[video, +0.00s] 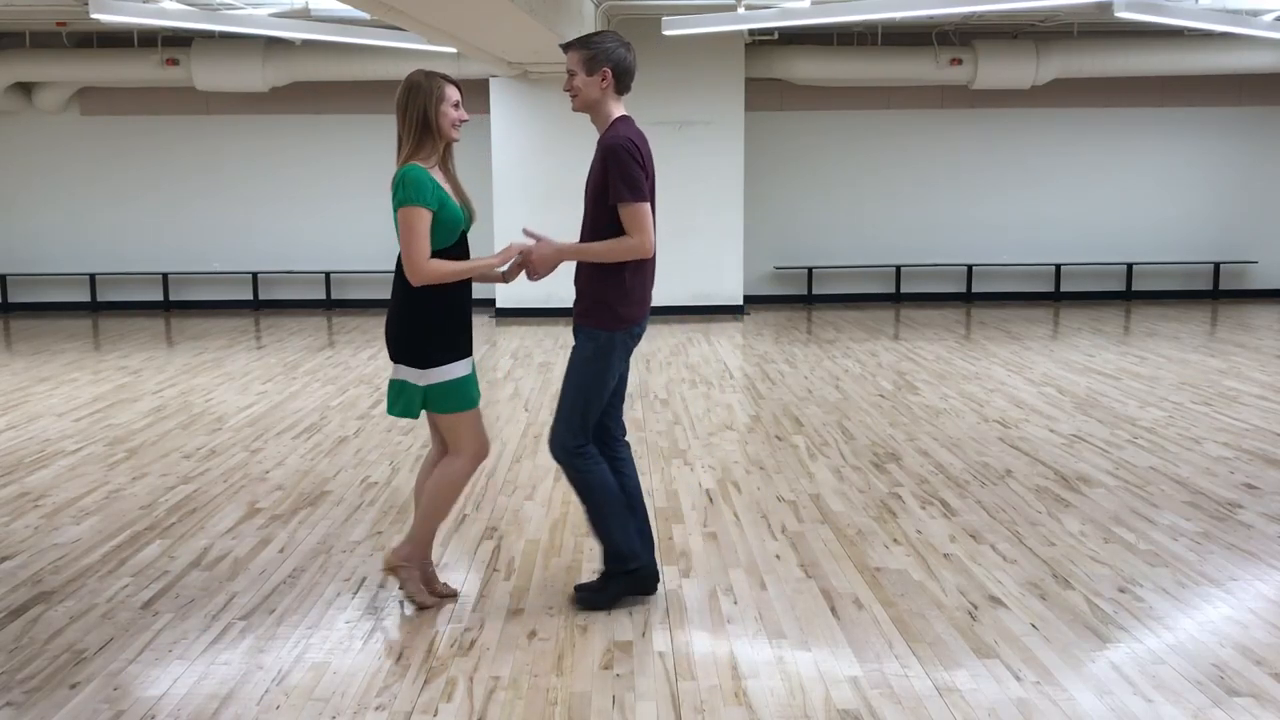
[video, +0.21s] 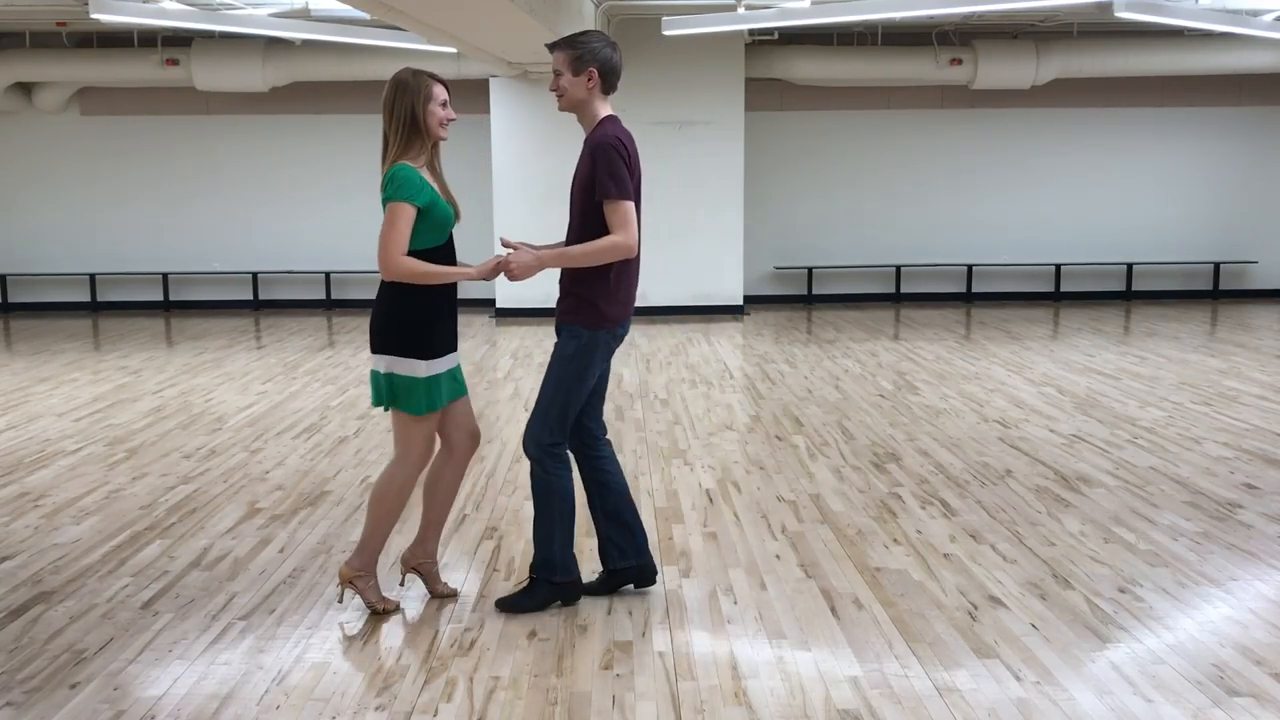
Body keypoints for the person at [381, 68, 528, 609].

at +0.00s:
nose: (463, 115)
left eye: (461, 106)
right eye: (454, 106)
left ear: (441, 113)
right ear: (426, 114)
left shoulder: (437, 175)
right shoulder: (416, 180)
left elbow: (442, 262)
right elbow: (418, 270)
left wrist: (494, 265)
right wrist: (488, 267)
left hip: (439, 331)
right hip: (430, 336)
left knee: (444, 447)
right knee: (471, 447)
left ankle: (419, 562)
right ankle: (410, 552)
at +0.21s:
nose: (450, 113)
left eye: (448, 104)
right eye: (440, 104)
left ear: (428, 112)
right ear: (415, 112)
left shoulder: (425, 173)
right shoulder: (406, 178)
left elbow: (417, 258)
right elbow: (391, 264)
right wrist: (469, 273)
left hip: (433, 332)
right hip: (408, 335)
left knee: (463, 438)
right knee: (413, 453)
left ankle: (424, 551)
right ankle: (360, 565)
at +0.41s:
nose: (445, 112)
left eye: (444, 104)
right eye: (436, 105)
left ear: (424, 113)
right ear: (410, 113)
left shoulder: (422, 174)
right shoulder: (404, 179)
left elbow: (411, 261)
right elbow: (383, 264)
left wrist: (466, 271)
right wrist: (460, 275)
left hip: (426, 336)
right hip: (400, 339)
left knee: (449, 444)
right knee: (401, 456)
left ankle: (401, 549)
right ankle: (355, 566)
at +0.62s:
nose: (452, 111)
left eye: (450, 102)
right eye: (442, 102)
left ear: (427, 110)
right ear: (415, 110)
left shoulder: (424, 174)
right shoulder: (408, 179)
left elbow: (425, 263)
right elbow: (406, 269)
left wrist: (482, 270)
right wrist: (477, 274)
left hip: (412, 335)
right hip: (415, 339)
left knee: (414, 447)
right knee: (452, 448)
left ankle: (388, 561)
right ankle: (385, 553)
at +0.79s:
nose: (461, 111)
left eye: (459, 101)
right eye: (451, 102)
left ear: (436, 110)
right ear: (424, 110)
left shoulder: (434, 172)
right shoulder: (413, 177)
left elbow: (447, 257)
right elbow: (432, 266)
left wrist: (504, 245)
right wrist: (501, 249)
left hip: (417, 331)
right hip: (429, 335)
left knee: (408, 445)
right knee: (473, 440)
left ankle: (385, 556)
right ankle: (450, 562)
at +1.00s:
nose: (475, 111)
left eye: (473, 102)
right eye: (465, 103)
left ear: (458, 112)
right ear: (439, 110)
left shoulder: (450, 174)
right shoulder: (431, 178)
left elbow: (466, 253)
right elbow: (448, 266)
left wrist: (522, 234)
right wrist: (519, 241)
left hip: (458, 325)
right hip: (448, 328)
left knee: (465, 445)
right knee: (473, 443)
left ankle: (403, 550)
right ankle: (455, 565)